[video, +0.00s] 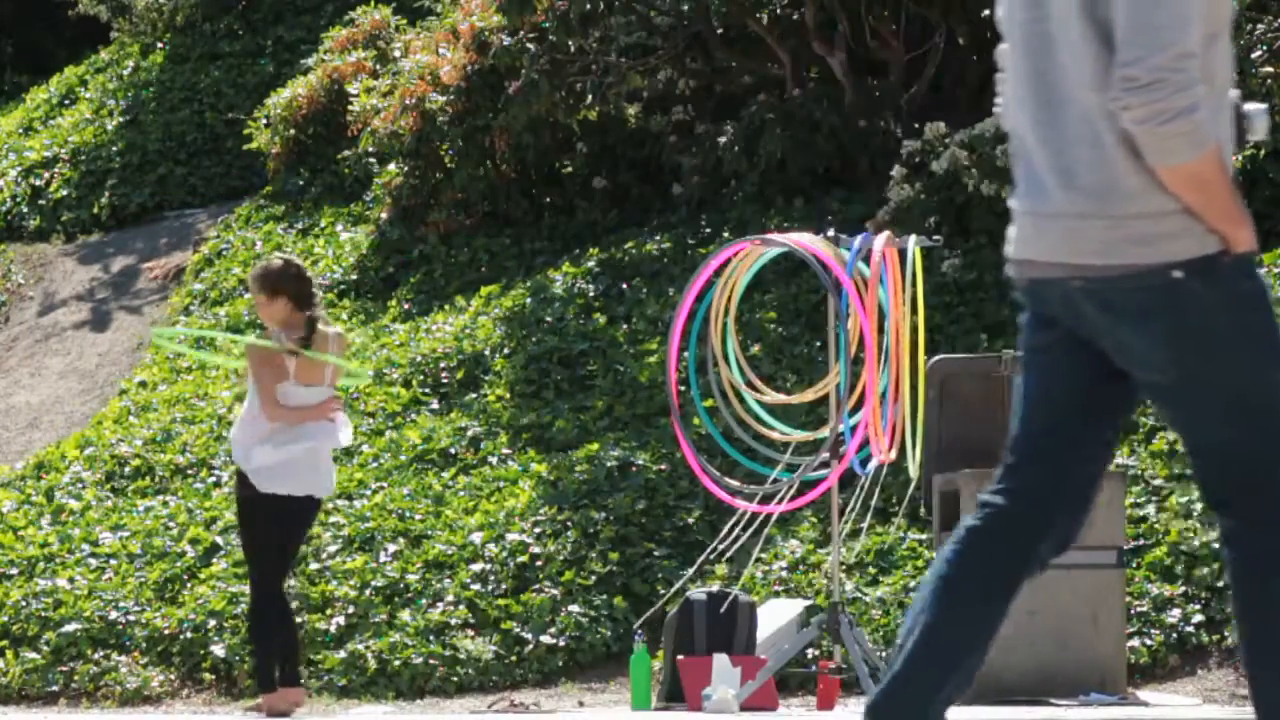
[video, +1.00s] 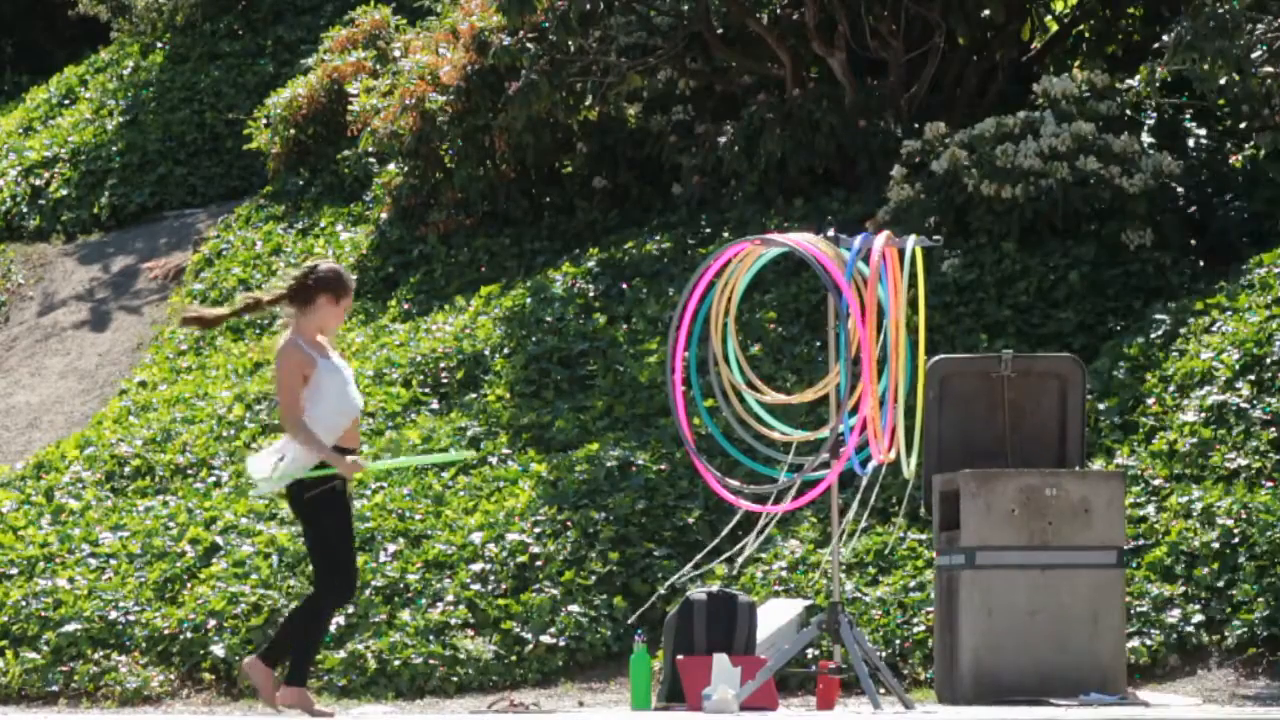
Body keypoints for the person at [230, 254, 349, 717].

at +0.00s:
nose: (256, 308)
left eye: (261, 300)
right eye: (255, 300)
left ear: (284, 300)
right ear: (297, 300)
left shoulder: (263, 347)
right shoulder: (334, 340)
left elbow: (273, 412)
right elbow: (333, 391)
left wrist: (325, 409)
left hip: (263, 473)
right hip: (312, 473)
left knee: (263, 581)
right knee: (274, 579)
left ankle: (269, 689)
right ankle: (292, 681)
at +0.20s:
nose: (263, 310)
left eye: (271, 302)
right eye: (261, 302)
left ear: (299, 300)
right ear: (288, 303)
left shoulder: (291, 342)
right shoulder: (307, 338)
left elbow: (317, 412)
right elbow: (268, 406)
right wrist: (213, 405)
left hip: (284, 479)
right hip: (294, 479)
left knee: (262, 576)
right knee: (268, 576)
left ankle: (277, 688)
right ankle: (284, 686)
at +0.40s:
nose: (290, 311)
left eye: (300, 304)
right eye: (282, 302)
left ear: (316, 304)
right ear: (271, 301)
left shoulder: (316, 343)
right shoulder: (270, 344)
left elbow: (348, 404)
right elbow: (244, 412)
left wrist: (303, 415)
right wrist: (191, 428)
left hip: (304, 472)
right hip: (264, 472)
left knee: (295, 581)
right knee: (261, 581)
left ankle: (303, 691)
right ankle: (271, 687)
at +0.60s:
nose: (316, 315)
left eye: (323, 306)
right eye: (308, 305)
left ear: (328, 305)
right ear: (283, 300)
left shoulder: (333, 343)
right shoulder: (253, 350)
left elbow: (356, 406)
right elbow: (230, 411)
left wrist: (321, 422)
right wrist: (206, 442)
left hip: (325, 468)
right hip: (271, 469)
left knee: (317, 582)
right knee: (271, 581)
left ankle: (297, 686)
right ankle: (267, 686)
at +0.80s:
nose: (338, 315)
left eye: (341, 308)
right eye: (334, 306)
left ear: (319, 305)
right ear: (304, 300)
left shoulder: (336, 344)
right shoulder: (261, 353)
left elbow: (342, 403)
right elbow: (243, 417)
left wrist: (352, 448)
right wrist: (251, 450)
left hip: (337, 469)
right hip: (290, 471)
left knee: (332, 581)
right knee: (296, 582)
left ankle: (295, 685)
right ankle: (261, 680)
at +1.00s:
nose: (346, 314)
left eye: (347, 306)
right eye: (343, 305)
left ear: (322, 303)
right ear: (320, 301)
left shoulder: (320, 345)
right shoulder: (294, 351)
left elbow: (321, 410)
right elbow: (290, 419)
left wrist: (347, 449)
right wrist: (333, 458)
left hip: (329, 476)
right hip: (312, 479)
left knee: (336, 583)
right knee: (337, 583)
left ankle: (294, 684)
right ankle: (265, 663)